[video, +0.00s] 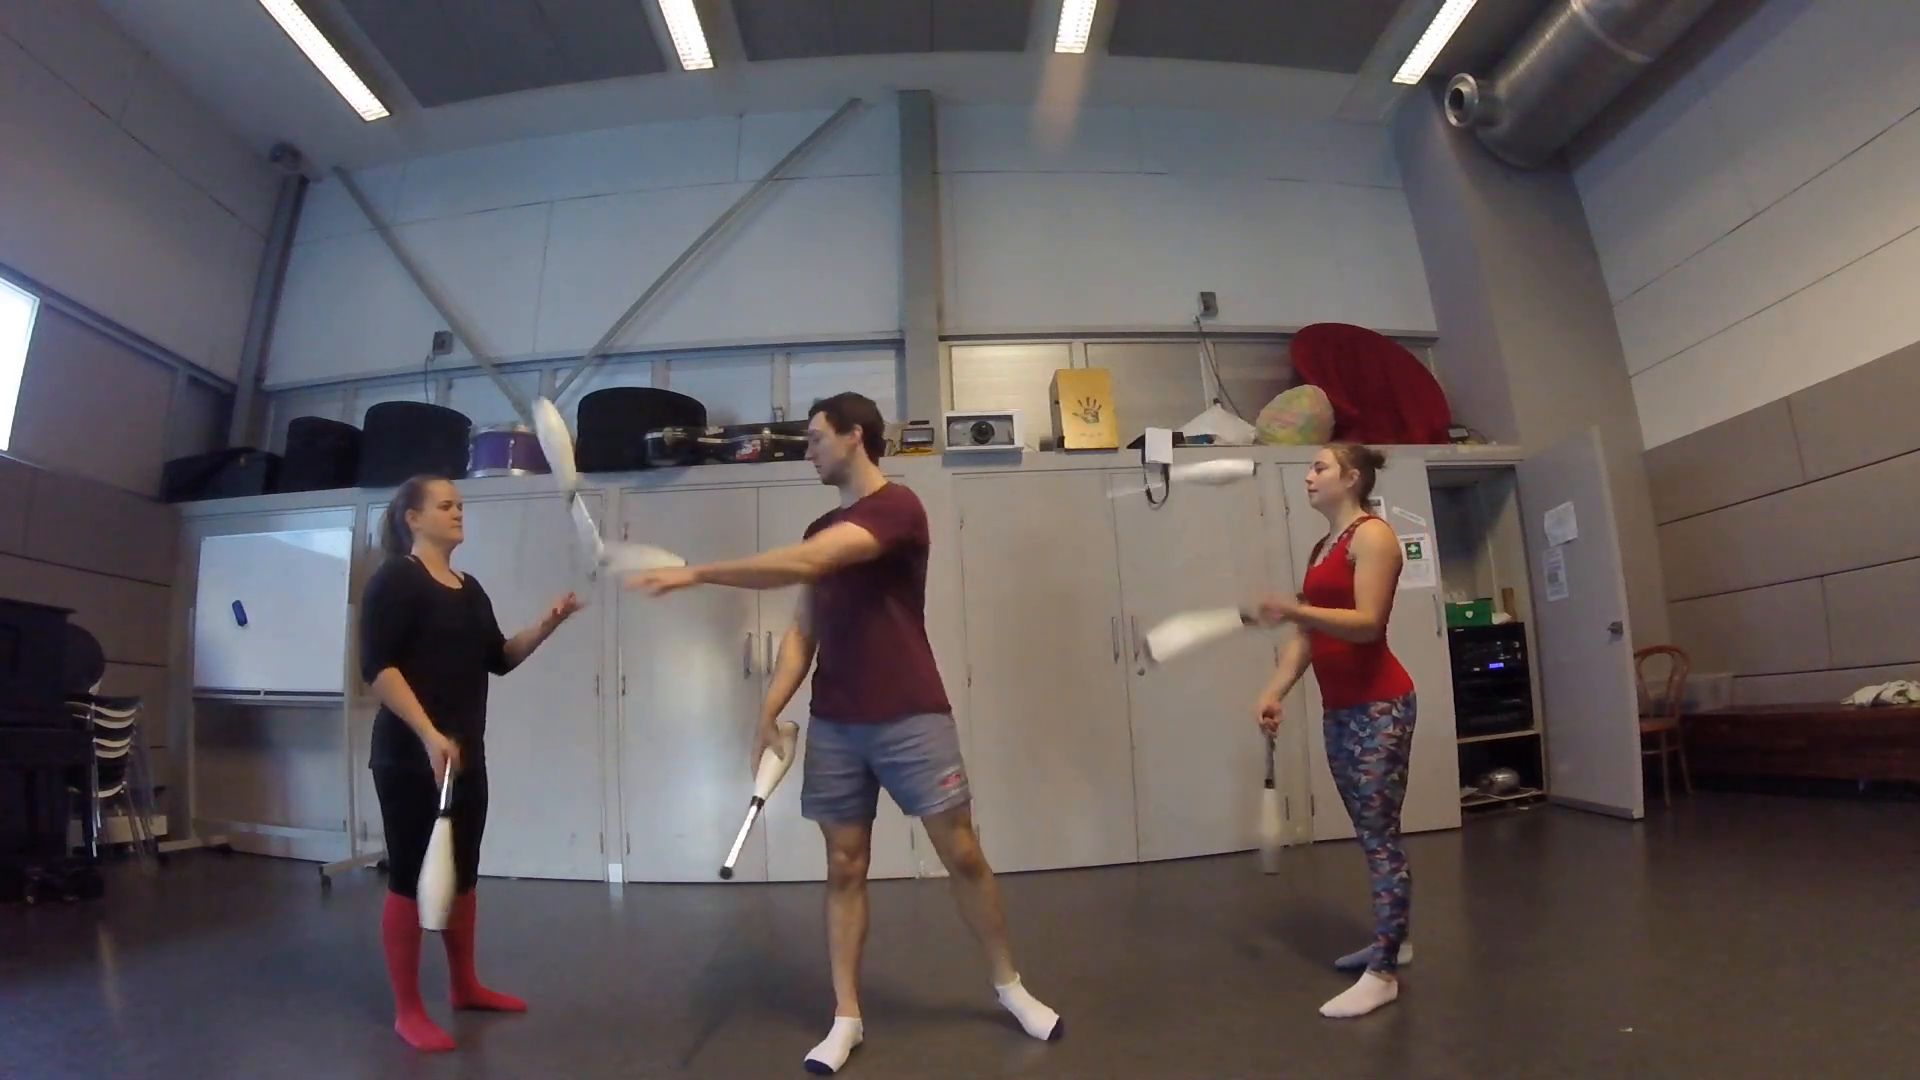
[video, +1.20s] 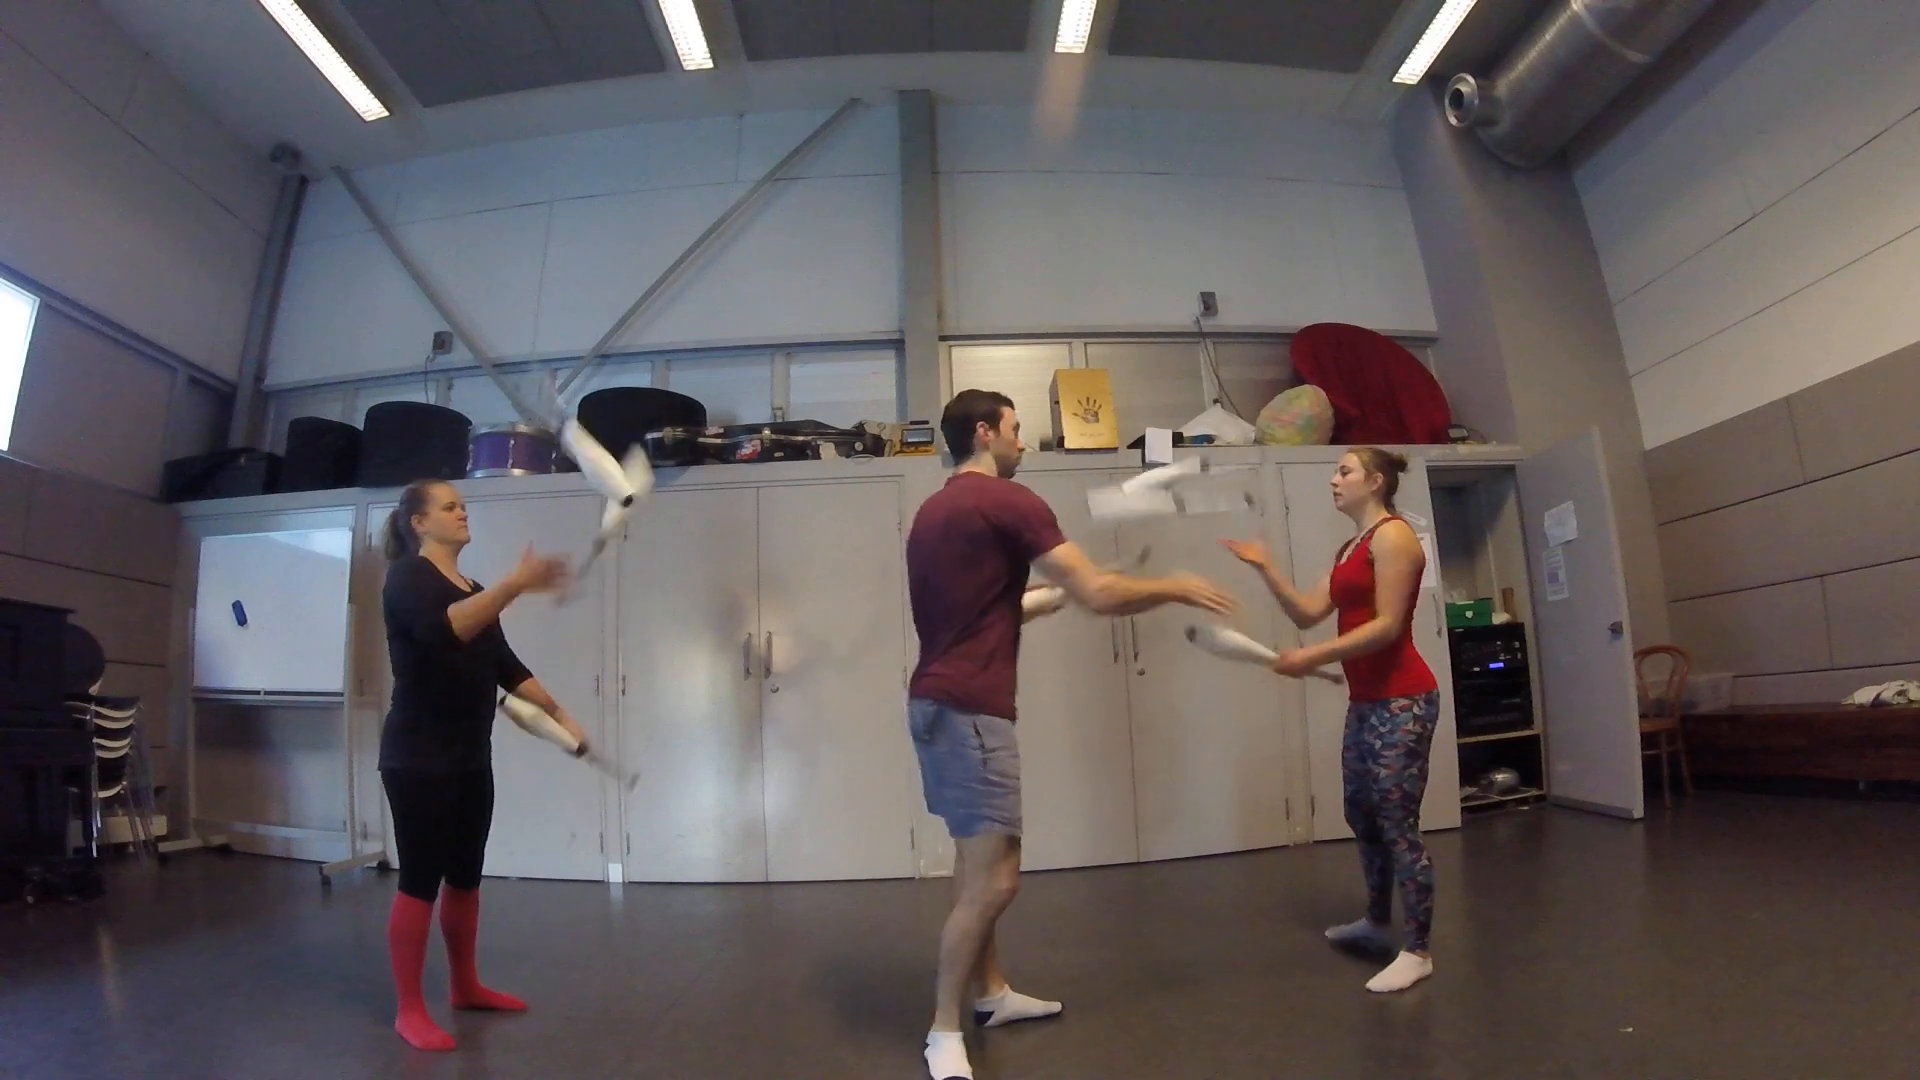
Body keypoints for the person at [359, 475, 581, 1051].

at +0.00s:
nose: (459, 515)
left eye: (459, 506)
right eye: (447, 507)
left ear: (454, 518)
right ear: (412, 518)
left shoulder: (468, 588)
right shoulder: (393, 581)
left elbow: (501, 658)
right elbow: (379, 670)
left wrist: (546, 624)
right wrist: (430, 734)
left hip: (465, 751)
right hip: (408, 753)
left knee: (463, 871)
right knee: (408, 877)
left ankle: (466, 988)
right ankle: (409, 1012)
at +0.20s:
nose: (459, 515)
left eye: (460, 507)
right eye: (447, 507)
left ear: (456, 518)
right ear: (413, 518)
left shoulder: (464, 588)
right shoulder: (394, 583)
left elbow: (482, 661)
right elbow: (404, 666)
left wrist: (536, 674)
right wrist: (487, 694)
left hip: (463, 754)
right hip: (409, 757)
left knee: (460, 874)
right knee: (410, 878)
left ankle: (465, 988)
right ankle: (408, 1012)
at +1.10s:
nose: (461, 515)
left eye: (460, 506)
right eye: (449, 508)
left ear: (455, 522)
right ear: (417, 522)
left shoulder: (470, 594)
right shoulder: (405, 581)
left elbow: (509, 661)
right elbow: (424, 647)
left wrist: (571, 699)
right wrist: (511, 631)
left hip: (468, 755)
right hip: (419, 757)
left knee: (464, 875)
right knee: (422, 878)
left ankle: (465, 987)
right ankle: (409, 1010)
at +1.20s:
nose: (464, 516)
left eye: (463, 508)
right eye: (451, 509)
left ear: (459, 522)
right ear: (418, 523)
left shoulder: (469, 591)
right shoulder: (406, 579)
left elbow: (505, 665)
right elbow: (447, 626)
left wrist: (557, 715)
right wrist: (516, 582)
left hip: (468, 752)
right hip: (417, 755)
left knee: (464, 875)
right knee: (420, 879)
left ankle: (466, 989)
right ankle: (410, 1011)